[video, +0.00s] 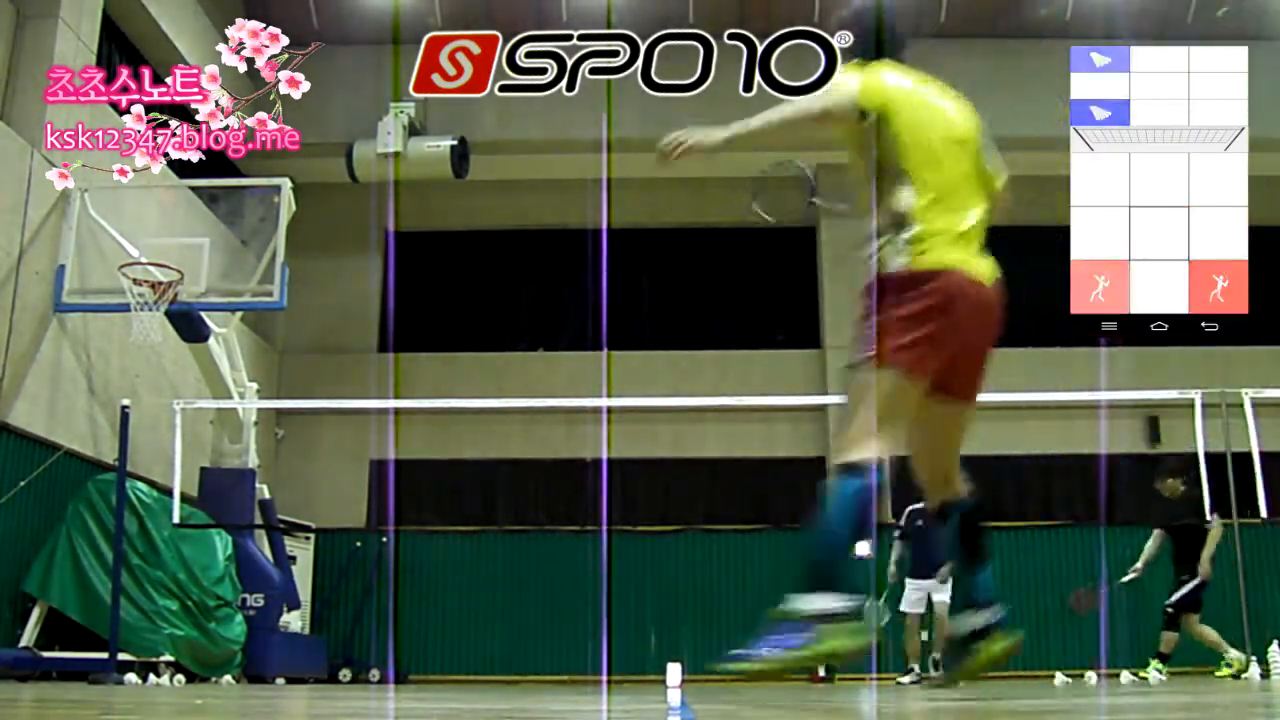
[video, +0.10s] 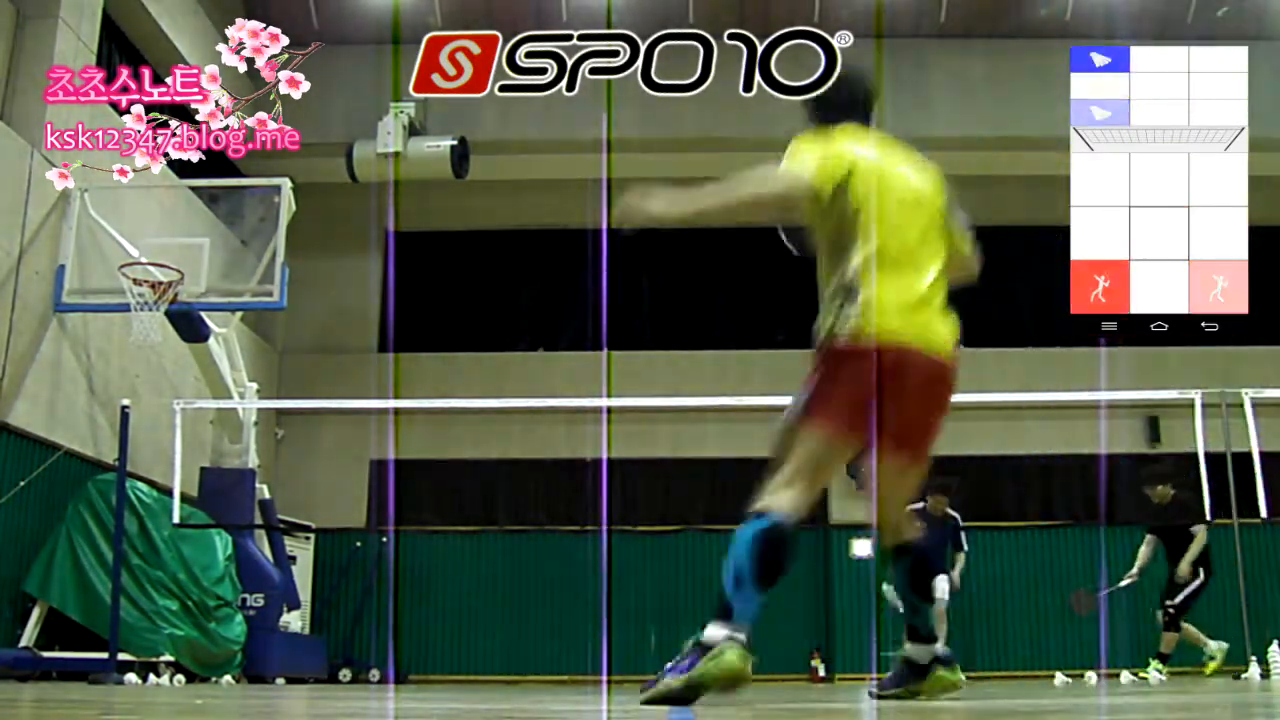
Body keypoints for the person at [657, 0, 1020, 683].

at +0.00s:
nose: (830, 61)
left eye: (833, 49)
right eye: (831, 52)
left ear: (851, 47)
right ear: (897, 47)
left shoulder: (870, 79)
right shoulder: (955, 104)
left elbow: (805, 110)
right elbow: (997, 195)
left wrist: (719, 134)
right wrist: (922, 211)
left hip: (923, 280)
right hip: (979, 287)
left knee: (866, 433)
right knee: (937, 457)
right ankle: (974, 610)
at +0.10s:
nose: (806, 125)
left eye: (809, 116)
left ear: (817, 112)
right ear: (870, 112)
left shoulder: (826, 148)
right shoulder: (923, 172)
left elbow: (787, 191)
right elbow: (966, 261)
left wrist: (666, 204)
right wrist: (897, 277)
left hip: (863, 343)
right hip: (933, 354)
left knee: (792, 485)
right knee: (897, 511)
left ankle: (727, 634)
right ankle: (926, 656)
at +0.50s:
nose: (738, 125)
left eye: (739, 117)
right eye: (750, 115)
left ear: (742, 122)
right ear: (794, 122)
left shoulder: (749, 160)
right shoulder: (844, 176)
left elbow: (740, 216)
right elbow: (894, 254)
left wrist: (657, 284)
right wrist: (842, 291)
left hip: (787, 346)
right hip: (853, 354)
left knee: (713, 475)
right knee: (850, 506)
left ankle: (671, 606)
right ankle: (900, 627)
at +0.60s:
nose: (710, 183)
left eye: (710, 173)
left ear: (716, 174)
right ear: (765, 168)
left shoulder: (736, 215)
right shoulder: (818, 223)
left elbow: (742, 272)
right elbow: (867, 290)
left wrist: (654, 333)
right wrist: (826, 339)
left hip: (784, 401)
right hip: (847, 409)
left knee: (682, 501)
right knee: (841, 536)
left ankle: (629, 626)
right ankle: (917, 646)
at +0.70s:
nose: (659, 228)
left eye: (659, 219)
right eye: (663, 216)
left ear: (665, 221)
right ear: (713, 211)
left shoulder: (694, 257)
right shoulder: (772, 259)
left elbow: (692, 313)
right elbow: (832, 319)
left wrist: (592, 359)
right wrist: (793, 370)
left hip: (767, 430)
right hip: (830, 436)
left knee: (639, 512)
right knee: (824, 554)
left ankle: (610, 652)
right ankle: (921, 653)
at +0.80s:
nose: (575, 212)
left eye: (576, 202)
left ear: (586, 201)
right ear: (634, 186)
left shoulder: (602, 244)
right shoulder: (701, 227)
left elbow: (553, 323)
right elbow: (780, 271)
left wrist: (488, 350)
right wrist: (712, 276)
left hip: (703, 415)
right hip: (772, 414)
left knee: (585, 509)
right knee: (824, 544)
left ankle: (600, 663)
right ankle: (909, 643)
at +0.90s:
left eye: (514, 160)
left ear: (517, 159)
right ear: (570, 141)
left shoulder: (518, 210)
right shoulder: (634, 169)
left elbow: (466, 297)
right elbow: (711, 181)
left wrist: (445, 264)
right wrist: (701, 158)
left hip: (612, 376)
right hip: (694, 362)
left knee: (558, 513)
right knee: (748, 506)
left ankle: (597, 661)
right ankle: (818, 632)